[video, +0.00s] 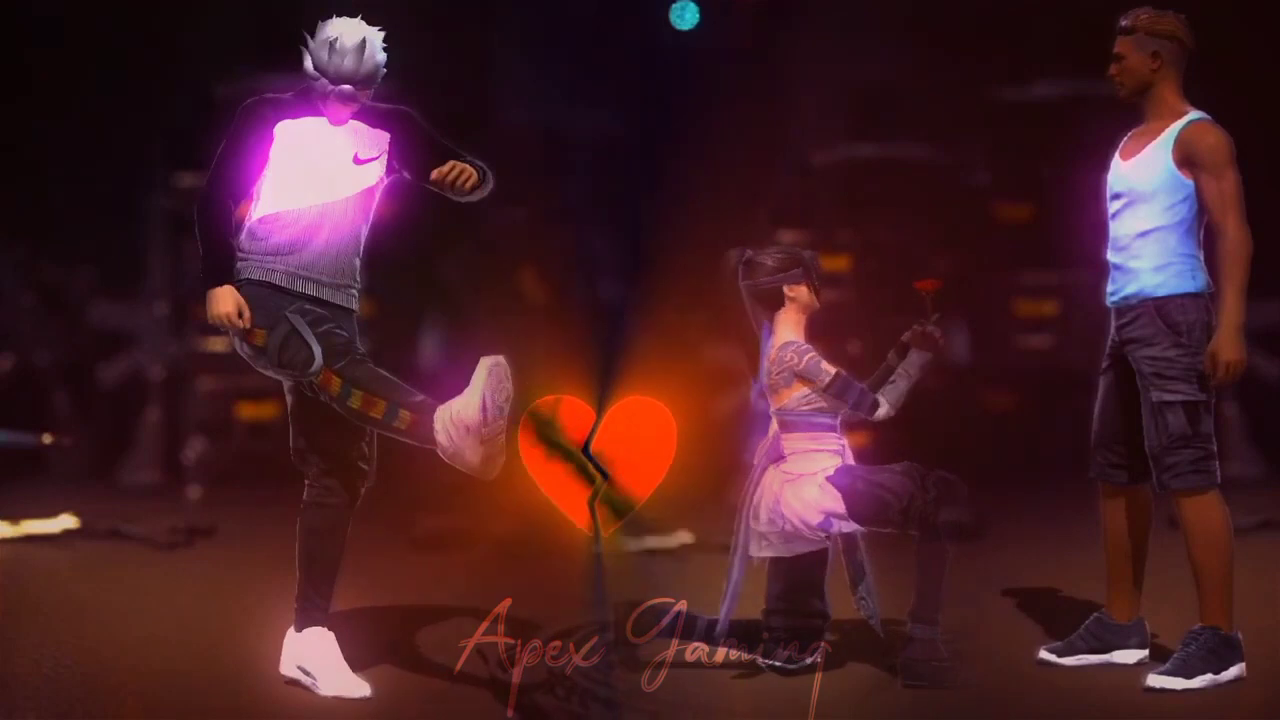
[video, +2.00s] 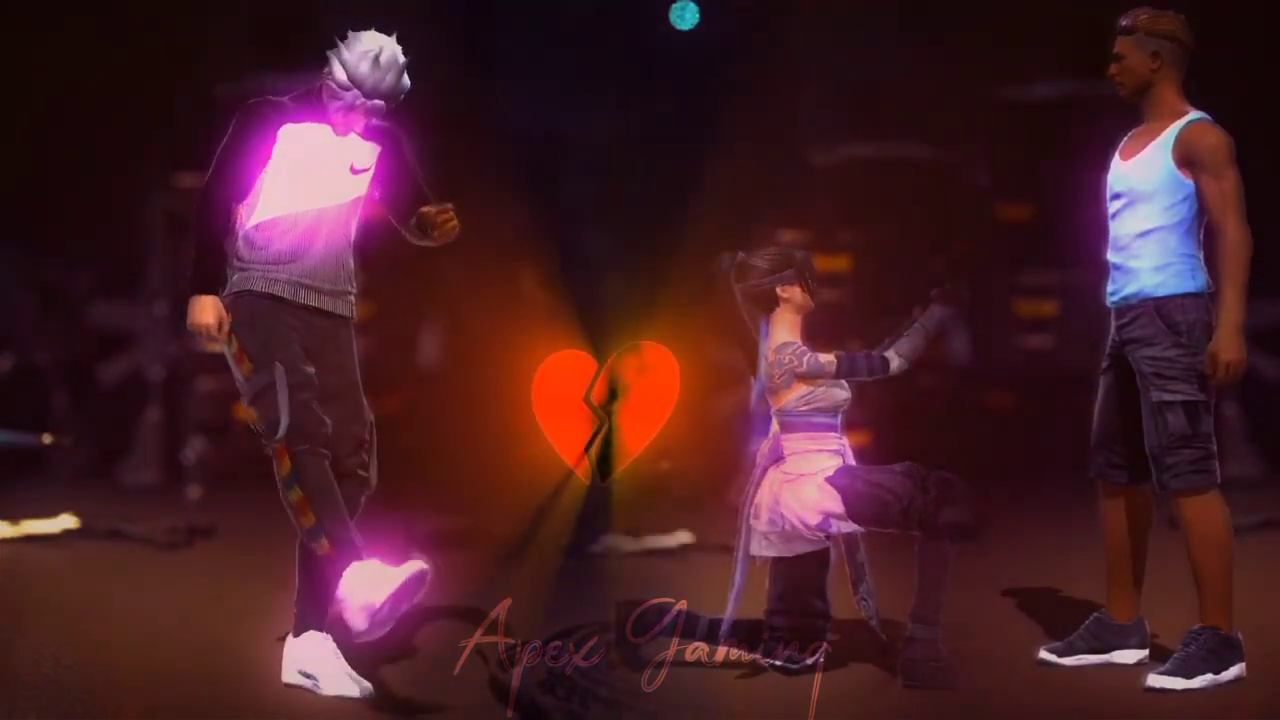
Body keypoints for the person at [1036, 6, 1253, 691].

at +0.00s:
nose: (1112, 66)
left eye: (1122, 57)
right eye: (1113, 57)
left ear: (1160, 61)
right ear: (1142, 64)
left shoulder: (1199, 134)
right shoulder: (1131, 141)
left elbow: (1233, 233)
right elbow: (1134, 241)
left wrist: (1229, 328)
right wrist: (1118, 319)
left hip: (1172, 319)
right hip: (1125, 322)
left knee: (1190, 476)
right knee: (1117, 470)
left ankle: (1217, 636)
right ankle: (1121, 623)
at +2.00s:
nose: (1112, 68)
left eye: (1122, 58)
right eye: (1112, 59)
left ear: (1159, 62)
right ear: (1141, 65)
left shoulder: (1200, 135)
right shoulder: (1132, 140)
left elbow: (1234, 232)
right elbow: (1136, 240)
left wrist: (1229, 327)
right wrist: (1118, 319)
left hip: (1172, 320)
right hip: (1125, 323)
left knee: (1190, 477)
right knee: (1117, 471)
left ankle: (1216, 637)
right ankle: (1121, 623)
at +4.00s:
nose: (1112, 68)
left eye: (1122, 58)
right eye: (1112, 58)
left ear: (1159, 62)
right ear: (1141, 65)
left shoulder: (1199, 135)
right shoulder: (1133, 140)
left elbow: (1234, 234)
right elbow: (1136, 240)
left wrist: (1229, 328)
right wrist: (1118, 319)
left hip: (1172, 320)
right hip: (1125, 322)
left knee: (1189, 476)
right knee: (1116, 470)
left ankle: (1216, 636)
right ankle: (1121, 623)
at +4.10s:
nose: (1111, 66)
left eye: (1122, 56)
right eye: (1112, 57)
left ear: (1159, 61)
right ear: (1140, 65)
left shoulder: (1199, 135)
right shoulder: (1132, 140)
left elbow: (1234, 234)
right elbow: (1136, 240)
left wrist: (1229, 328)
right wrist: (1118, 320)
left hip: (1172, 320)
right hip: (1125, 323)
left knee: (1189, 476)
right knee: (1116, 470)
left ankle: (1216, 636)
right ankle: (1121, 623)